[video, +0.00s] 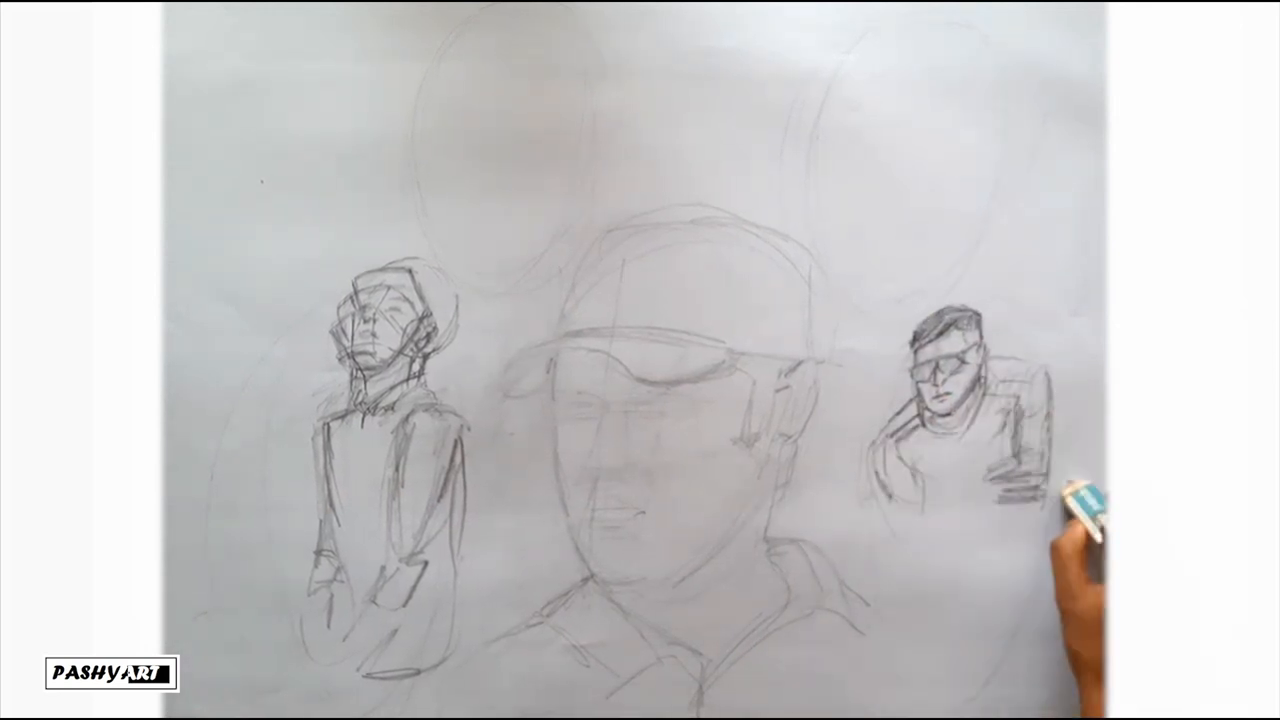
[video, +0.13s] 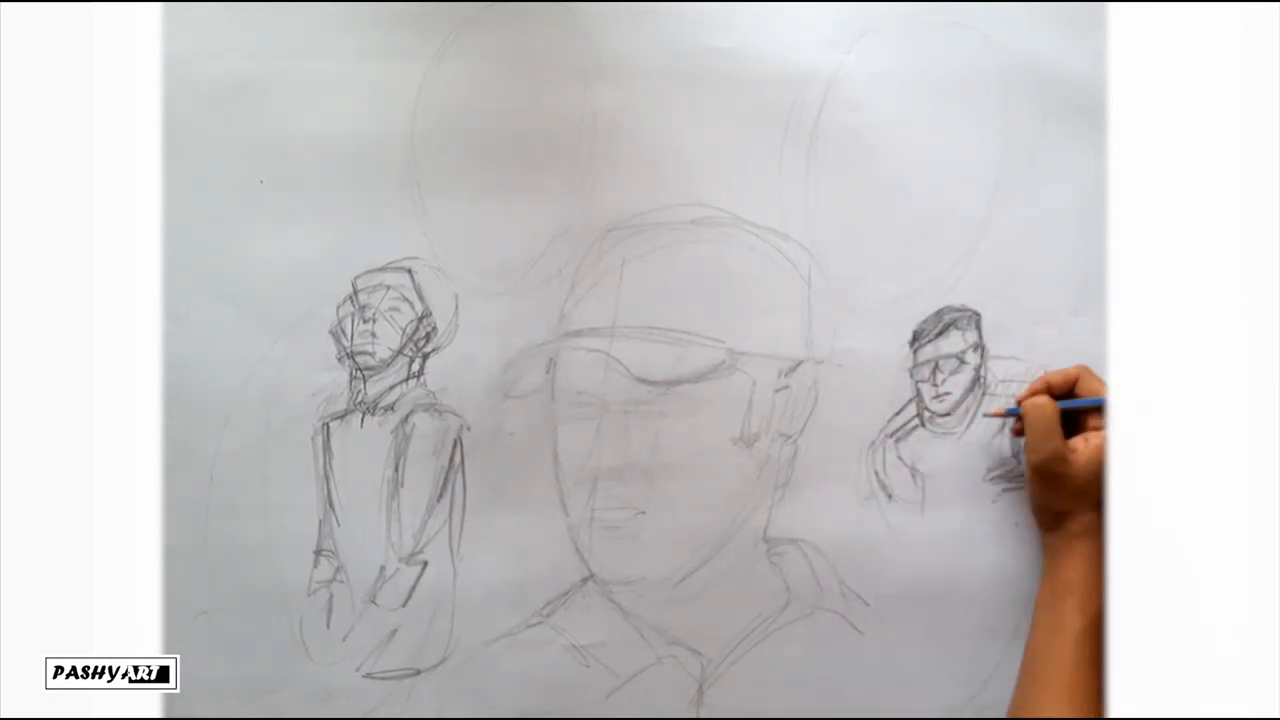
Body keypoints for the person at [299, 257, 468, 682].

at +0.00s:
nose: (370, 326)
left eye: (391, 314)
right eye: (362, 313)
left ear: (423, 333)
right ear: (347, 327)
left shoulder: (433, 426)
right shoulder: (329, 427)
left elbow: (429, 560)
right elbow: (328, 545)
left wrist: (352, 656)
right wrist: (318, 636)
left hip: (409, 630)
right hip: (341, 632)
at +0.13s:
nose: (369, 325)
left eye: (391, 313)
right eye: (361, 312)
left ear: (422, 333)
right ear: (346, 326)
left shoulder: (433, 427)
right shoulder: (329, 426)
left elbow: (427, 560)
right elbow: (328, 543)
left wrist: (352, 655)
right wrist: (318, 633)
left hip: (411, 628)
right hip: (342, 627)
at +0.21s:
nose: (369, 325)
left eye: (392, 314)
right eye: (362, 312)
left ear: (423, 334)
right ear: (345, 327)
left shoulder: (433, 426)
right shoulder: (329, 426)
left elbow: (427, 561)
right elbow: (329, 542)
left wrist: (351, 658)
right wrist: (318, 632)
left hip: (411, 628)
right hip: (342, 628)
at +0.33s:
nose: (368, 323)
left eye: (390, 312)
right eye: (360, 311)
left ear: (422, 334)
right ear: (344, 326)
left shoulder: (433, 427)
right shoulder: (328, 426)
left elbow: (426, 561)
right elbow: (326, 545)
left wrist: (354, 654)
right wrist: (318, 639)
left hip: (413, 624)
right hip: (341, 624)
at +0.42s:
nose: (368, 324)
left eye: (390, 312)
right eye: (360, 311)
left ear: (420, 333)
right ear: (344, 325)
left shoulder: (433, 425)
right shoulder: (328, 424)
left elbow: (423, 560)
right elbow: (326, 544)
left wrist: (353, 654)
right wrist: (319, 631)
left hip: (413, 623)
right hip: (340, 624)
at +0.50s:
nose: (367, 323)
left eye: (390, 311)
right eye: (359, 310)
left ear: (422, 333)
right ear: (343, 326)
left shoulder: (432, 427)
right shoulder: (327, 426)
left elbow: (427, 560)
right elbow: (327, 542)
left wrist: (352, 655)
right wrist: (318, 637)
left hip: (410, 629)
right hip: (340, 628)